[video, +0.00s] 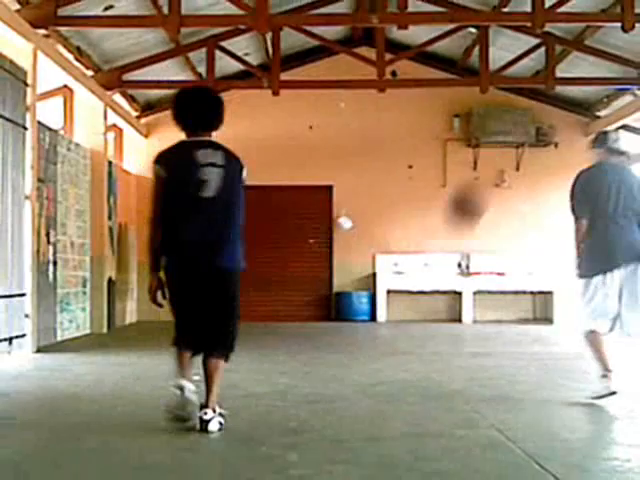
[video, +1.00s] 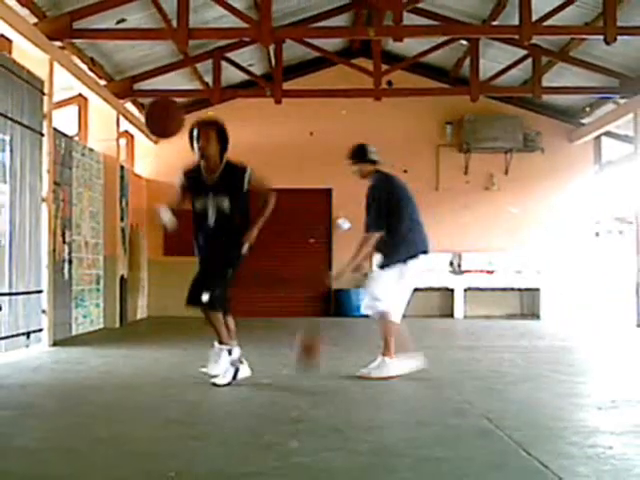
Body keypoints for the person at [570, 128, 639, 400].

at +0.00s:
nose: (594, 155)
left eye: (596, 151)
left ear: (598, 151)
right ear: (621, 151)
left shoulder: (586, 177)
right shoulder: (633, 176)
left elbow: (581, 222)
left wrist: (579, 255)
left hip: (600, 256)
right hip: (633, 254)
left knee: (593, 322)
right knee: (634, 324)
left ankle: (607, 377)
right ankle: (636, 380)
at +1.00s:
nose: (355, 171)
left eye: (356, 166)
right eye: (354, 166)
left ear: (365, 164)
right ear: (373, 162)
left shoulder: (378, 186)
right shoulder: (387, 182)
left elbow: (372, 232)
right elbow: (380, 233)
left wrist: (348, 266)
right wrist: (365, 260)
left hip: (403, 253)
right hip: (409, 251)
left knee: (381, 299)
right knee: (390, 303)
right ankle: (408, 354)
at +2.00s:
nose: (340, 173)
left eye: (340, 167)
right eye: (339, 168)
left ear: (348, 166)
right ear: (353, 165)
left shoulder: (366, 186)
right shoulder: (358, 187)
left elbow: (376, 225)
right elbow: (362, 224)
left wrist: (372, 261)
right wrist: (347, 229)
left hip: (361, 258)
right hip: (360, 257)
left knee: (343, 299)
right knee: (372, 301)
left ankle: (342, 348)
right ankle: (384, 341)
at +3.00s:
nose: (342, 171)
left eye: (343, 166)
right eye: (341, 166)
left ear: (351, 163)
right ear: (353, 163)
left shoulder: (366, 183)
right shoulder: (359, 184)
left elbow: (376, 223)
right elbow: (362, 223)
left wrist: (373, 260)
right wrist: (345, 228)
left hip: (364, 259)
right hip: (361, 257)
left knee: (343, 300)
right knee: (372, 303)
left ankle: (342, 352)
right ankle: (385, 344)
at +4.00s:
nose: (393, 165)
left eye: (396, 160)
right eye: (389, 161)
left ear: (403, 161)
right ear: (385, 163)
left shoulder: (419, 179)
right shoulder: (385, 187)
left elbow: (444, 183)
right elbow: (368, 205)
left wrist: (460, 172)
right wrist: (339, 208)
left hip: (414, 248)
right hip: (393, 249)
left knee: (410, 295)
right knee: (390, 293)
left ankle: (424, 338)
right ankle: (394, 334)